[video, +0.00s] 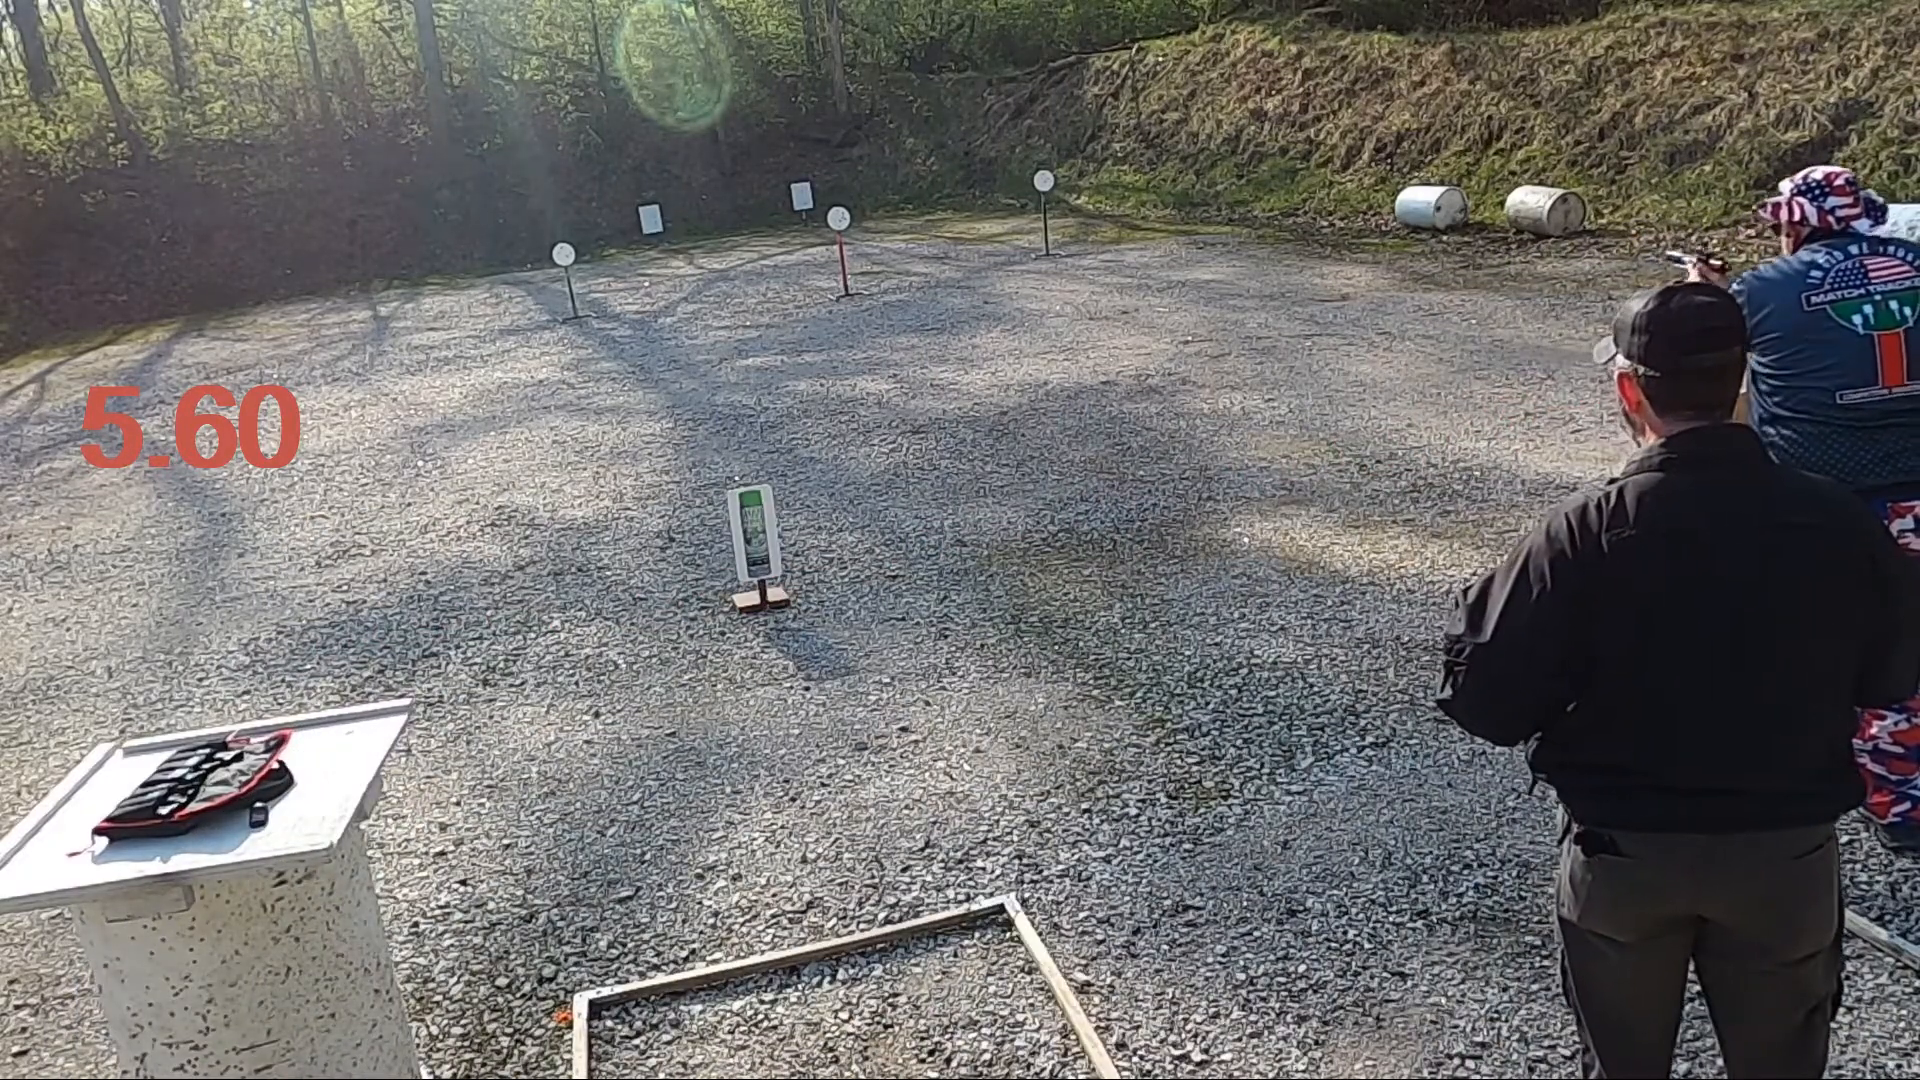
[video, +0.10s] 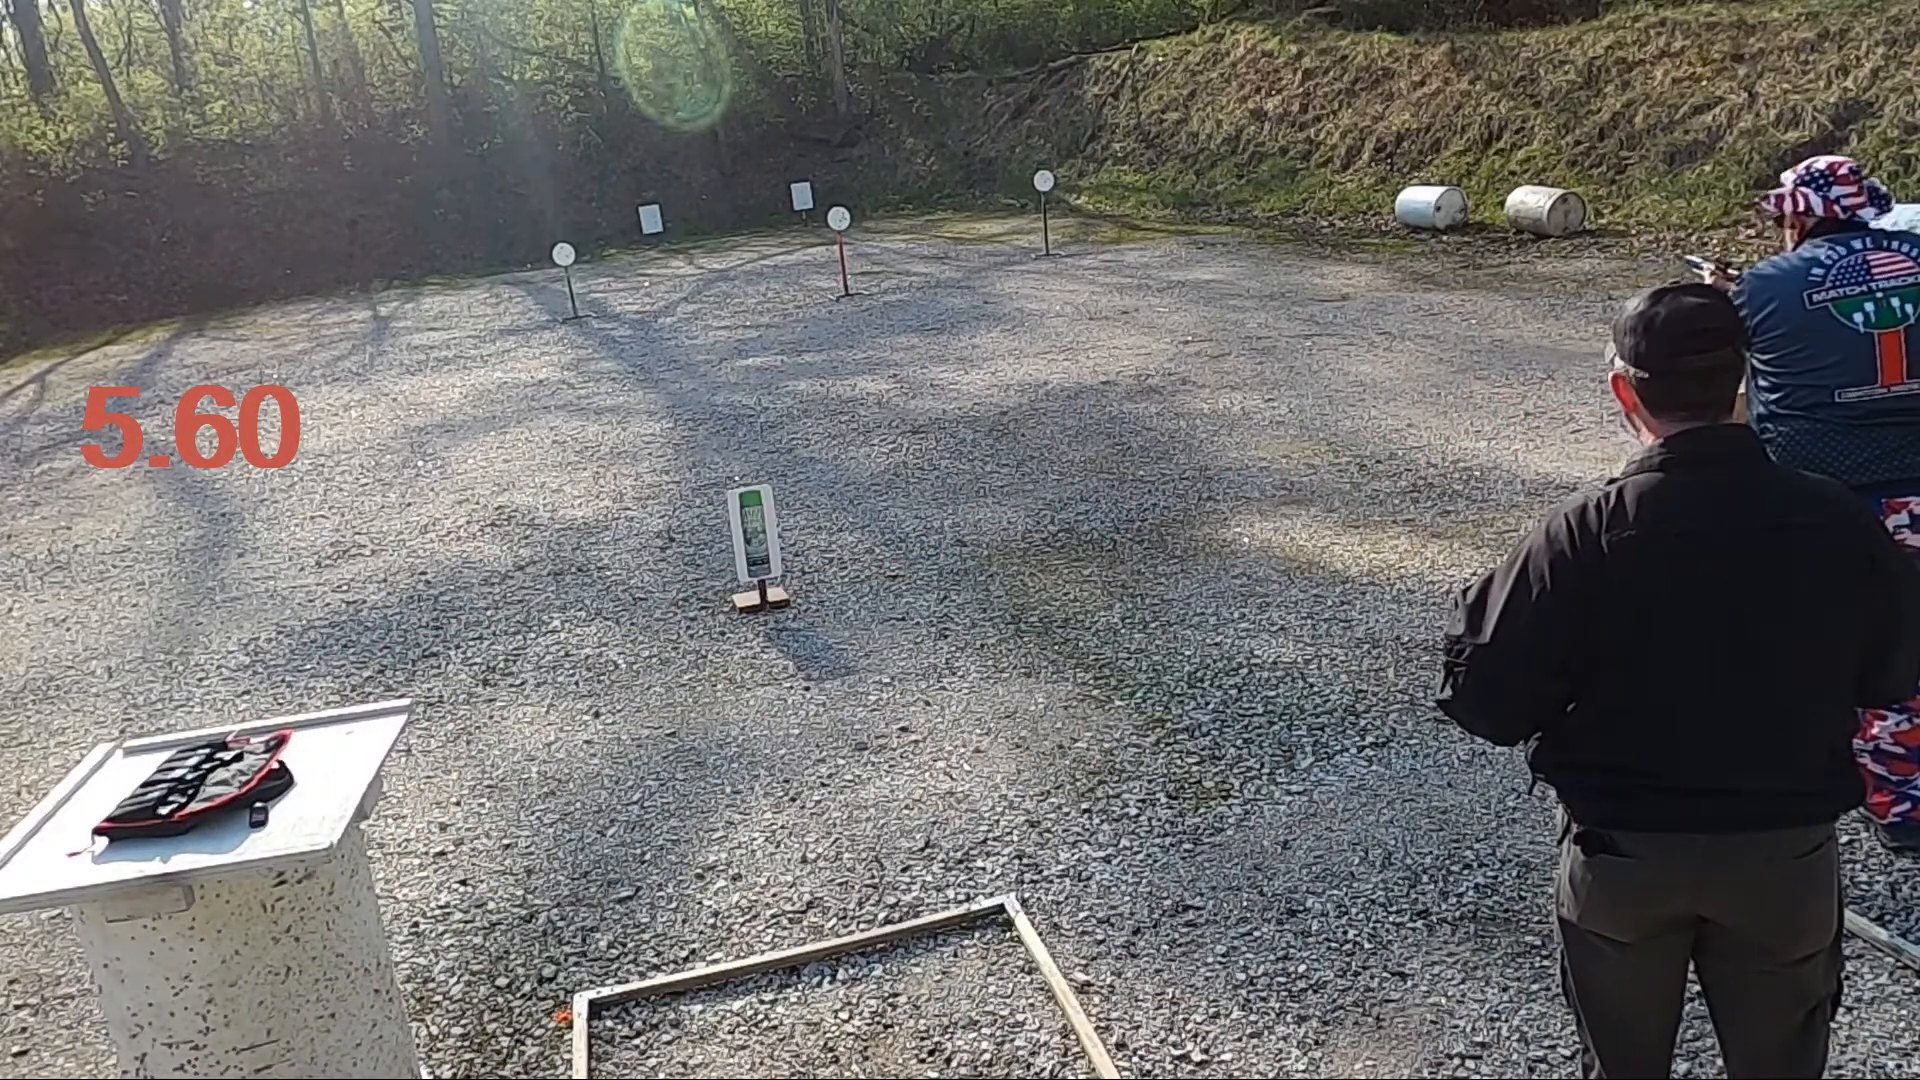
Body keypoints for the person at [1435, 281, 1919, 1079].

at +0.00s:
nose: (1616, 388)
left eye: (1618, 375)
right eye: (1620, 372)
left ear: (1631, 393)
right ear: (1739, 380)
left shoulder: (1584, 533)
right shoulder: (1843, 524)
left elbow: (1486, 703)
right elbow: (1894, 677)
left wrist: (1481, 614)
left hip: (1625, 869)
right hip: (1785, 870)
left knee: (1624, 1067)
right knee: (1782, 1069)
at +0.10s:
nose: (1617, 386)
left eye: (1617, 377)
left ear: (1627, 393)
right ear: (1739, 378)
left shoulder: (1580, 536)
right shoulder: (1842, 523)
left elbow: (1488, 703)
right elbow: (1895, 673)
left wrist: (1479, 618)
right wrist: (1792, 658)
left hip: (1625, 870)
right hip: (1785, 871)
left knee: (1624, 1067)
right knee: (1782, 1068)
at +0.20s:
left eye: (1617, 378)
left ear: (1624, 395)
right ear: (1742, 376)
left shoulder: (1581, 536)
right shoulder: (1839, 523)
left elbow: (1490, 705)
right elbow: (1896, 671)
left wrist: (1480, 615)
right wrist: (1795, 650)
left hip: (1623, 868)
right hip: (1783, 871)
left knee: (1623, 1066)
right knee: (1781, 1068)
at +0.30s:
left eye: (1616, 381)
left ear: (1623, 397)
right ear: (1740, 375)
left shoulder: (1580, 537)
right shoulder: (1838, 523)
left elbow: (1487, 697)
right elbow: (1891, 675)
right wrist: (1788, 643)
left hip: (1620, 868)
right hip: (1781, 870)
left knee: (1624, 1066)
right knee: (1780, 1068)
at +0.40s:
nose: (1608, 407)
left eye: (1608, 392)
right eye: (1610, 389)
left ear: (1623, 398)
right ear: (1732, 382)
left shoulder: (1582, 537)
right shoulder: (1838, 523)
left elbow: (1484, 693)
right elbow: (1890, 675)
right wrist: (1785, 639)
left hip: (1619, 868)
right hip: (1780, 870)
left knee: (1621, 1067)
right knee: (1779, 1068)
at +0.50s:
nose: (1604, 417)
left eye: (1602, 398)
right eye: (1602, 398)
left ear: (1621, 399)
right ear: (1726, 387)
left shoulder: (1579, 539)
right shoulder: (1836, 524)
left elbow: (1484, 688)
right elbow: (1894, 673)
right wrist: (1786, 651)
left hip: (1618, 869)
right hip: (1780, 871)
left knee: (1624, 1067)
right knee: (1778, 1068)